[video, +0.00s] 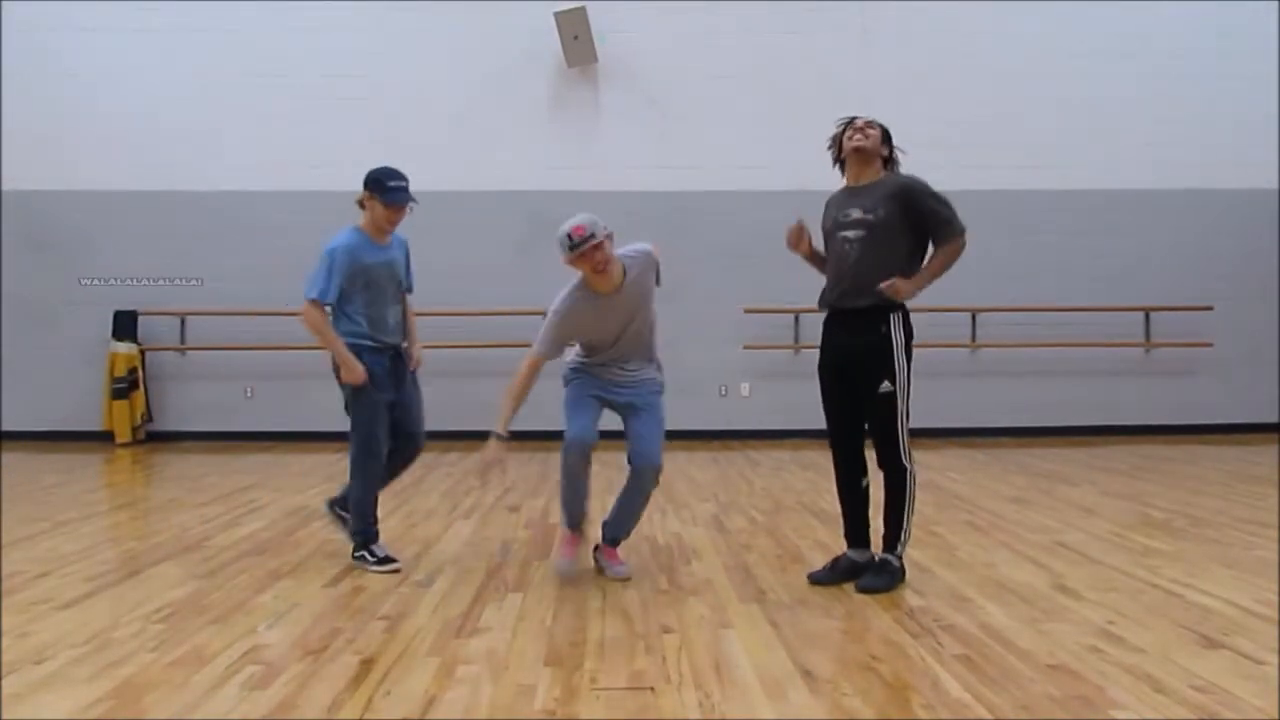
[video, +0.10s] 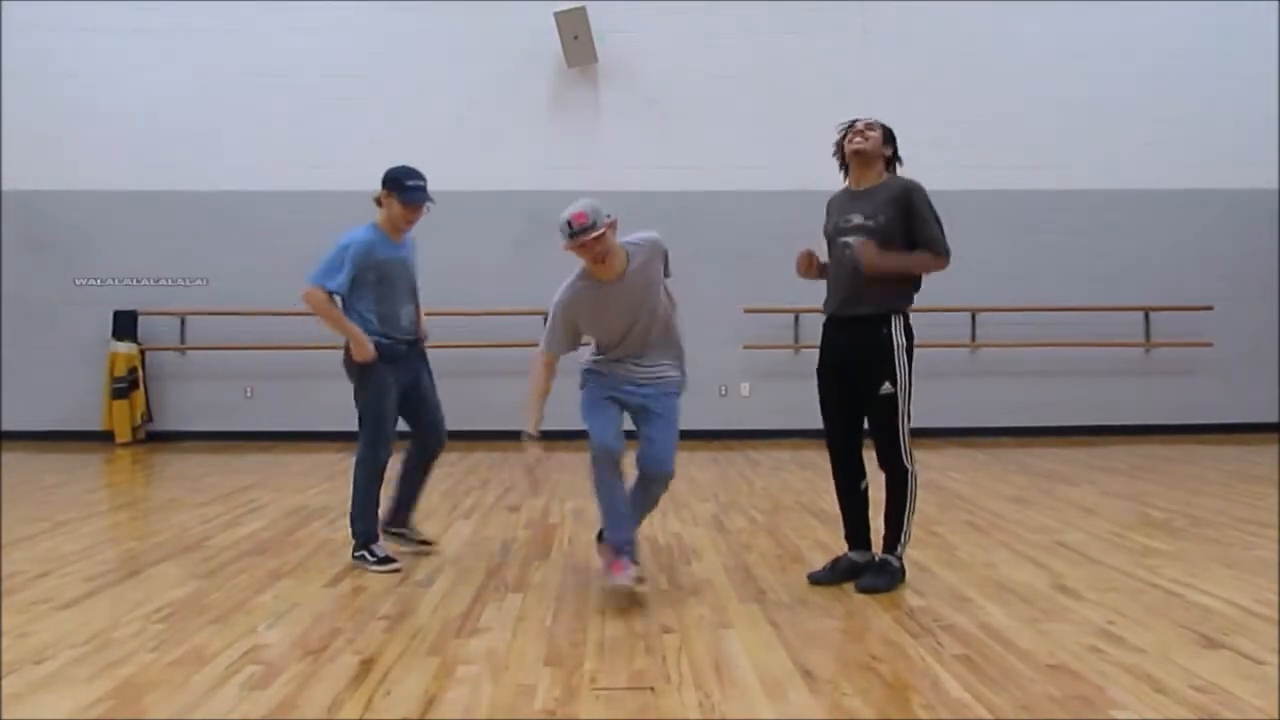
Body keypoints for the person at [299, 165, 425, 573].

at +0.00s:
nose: (397, 215)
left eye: (402, 207)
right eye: (389, 207)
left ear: (407, 207)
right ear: (366, 202)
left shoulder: (399, 246)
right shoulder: (343, 249)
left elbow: (404, 298)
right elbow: (311, 309)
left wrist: (413, 342)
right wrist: (345, 358)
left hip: (397, 358)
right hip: (361, 360)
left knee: (410, 441)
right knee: (371, 448)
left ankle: (349, 499)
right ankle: (365, 542)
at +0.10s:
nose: (414, 215)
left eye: (420, 207)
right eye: (407, 206)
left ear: (424, 206)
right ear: (384, 201)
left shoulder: (407, 244)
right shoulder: (359, 245)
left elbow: (404, 290)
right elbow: (314, 293)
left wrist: (418, 321)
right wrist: (354, 335)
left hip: (410, 354)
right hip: (374, 358)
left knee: (431, 435)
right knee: (375, 447)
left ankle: (398, 521)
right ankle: (364, 542)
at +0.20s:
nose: (429, 216)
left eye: (435, 208)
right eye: (422, 207)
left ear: (439, 208)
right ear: (399, 201)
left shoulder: (417, 244)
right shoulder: (376, 240)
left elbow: (407, 294)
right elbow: (325, 284)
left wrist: (428, 325)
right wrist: (369, 326)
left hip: (421, 357)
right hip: (385, 359)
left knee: (441, 435)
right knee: (375, 447)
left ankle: (454, 527)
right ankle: (364, 542)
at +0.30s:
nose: (445, 220)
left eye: (450, 212)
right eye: (438, 211)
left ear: (455, 213)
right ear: (415, 205)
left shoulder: (432, 250)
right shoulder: (388, 245)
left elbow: (429, 303)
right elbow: (348, 293)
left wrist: (447, 331)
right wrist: (400, 307)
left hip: (435, 364)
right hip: (396, 366)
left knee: (457, 447)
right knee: (380, 451)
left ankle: (481, 531)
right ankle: (364, 542)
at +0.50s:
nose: (471, 231)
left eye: (478, 223)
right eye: (464, 222)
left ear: (485, 221)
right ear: (443, 213)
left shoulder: (470, 258)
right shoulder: (417, 250)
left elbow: (472, 322)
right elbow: (408, 311)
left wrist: (493, 307)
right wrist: (460, 278)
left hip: (470, 365)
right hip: (428, 368)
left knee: (491, 450)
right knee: (421, 457)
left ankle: (485, 533)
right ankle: (378, 532)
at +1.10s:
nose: (401, 234)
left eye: (408, 225)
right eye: (392, 227)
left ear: (421, 215)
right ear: (379, 220)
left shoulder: (446, 247)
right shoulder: (365, 254)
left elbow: (466, 303)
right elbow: (369, 319)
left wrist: (466, 340)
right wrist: (393, 263)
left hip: (445, 369)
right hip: (393, 373)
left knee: (483, 447)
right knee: (376, 462)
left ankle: (486, 526)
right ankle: (376, 559)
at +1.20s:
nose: (387, 225)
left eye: (392, 215)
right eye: (377, 219)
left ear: (403, 204)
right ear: (362, 215)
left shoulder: (435, 242)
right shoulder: (347, 253)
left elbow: (457, 298)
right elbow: (335, 319)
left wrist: (464, 343)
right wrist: (363, 287)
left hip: (438, 365)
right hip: (382, 369)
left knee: (480, 447)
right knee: (370, 464)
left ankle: (484, 527)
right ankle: (375, 559)